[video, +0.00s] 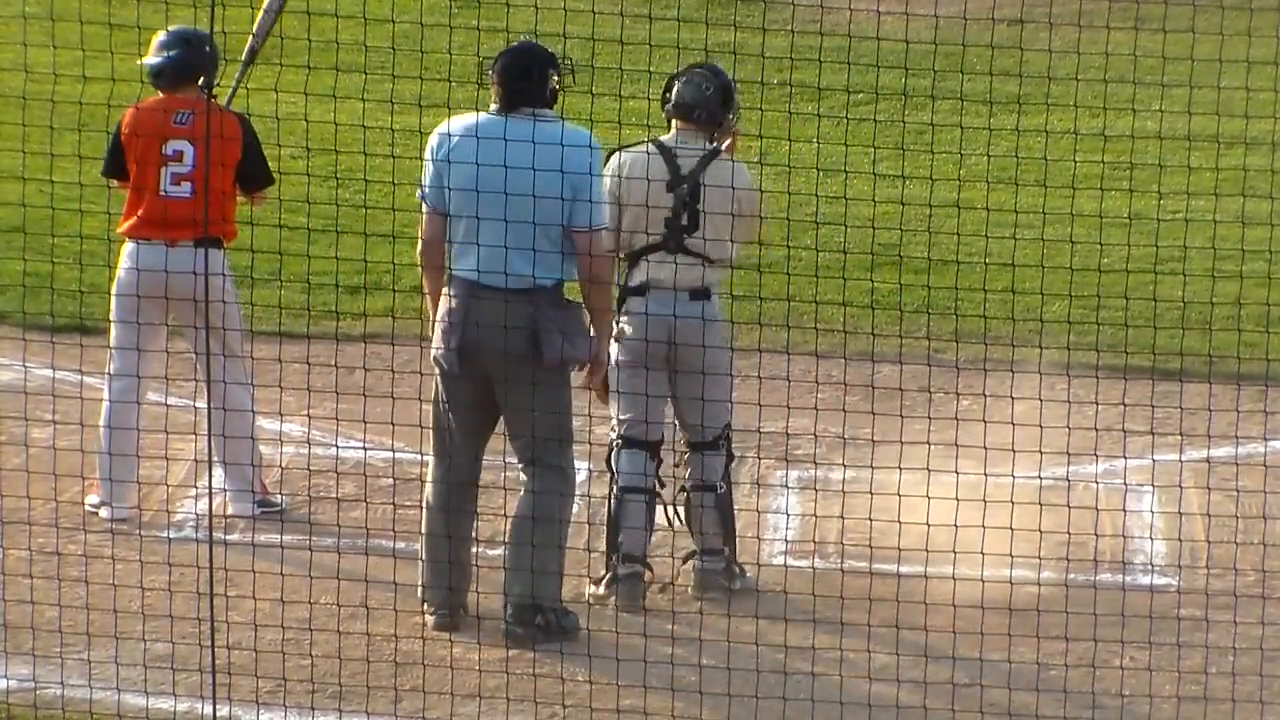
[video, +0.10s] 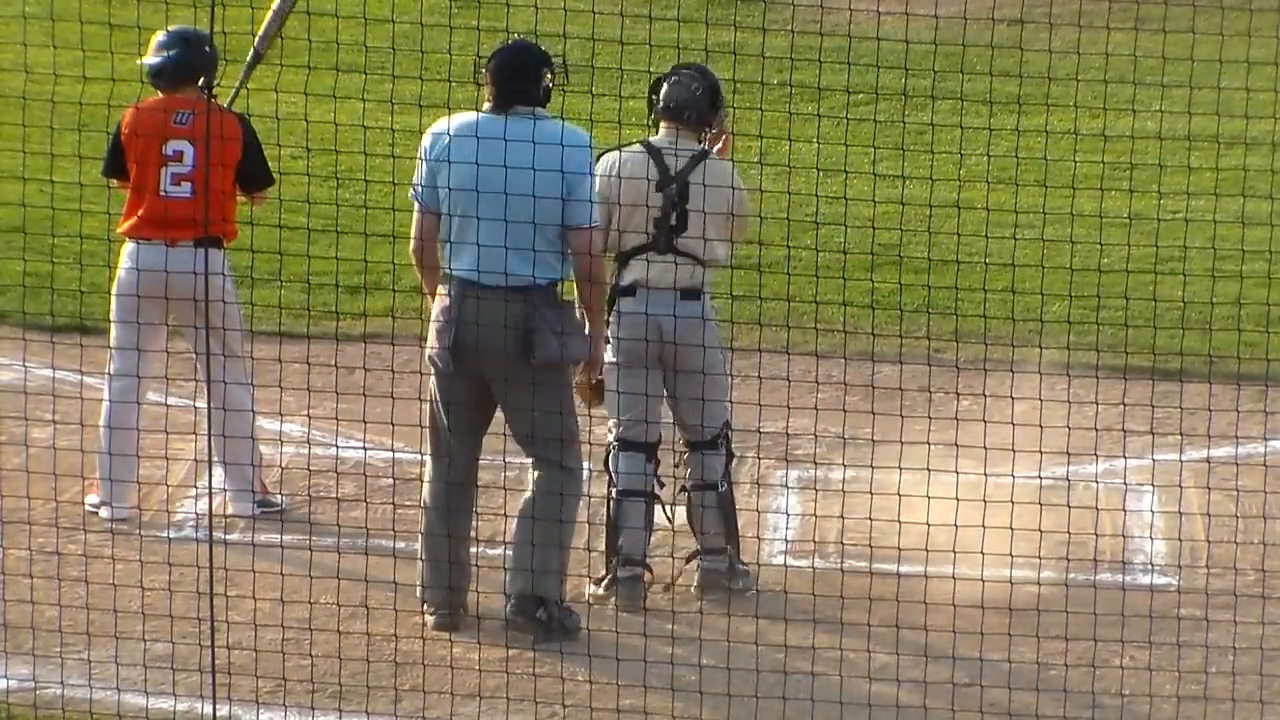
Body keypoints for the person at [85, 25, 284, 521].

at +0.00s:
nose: (152, 77)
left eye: (156, 71)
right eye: (154, 72)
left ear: (162, 71)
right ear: (206, 72)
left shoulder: (136, 117)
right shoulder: (232, 124)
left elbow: (119, 177)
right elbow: (258, 191)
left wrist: (174, 155)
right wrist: (223, 146)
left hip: (140, 261)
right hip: (205, 265)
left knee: (125, 376)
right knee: (227, 376)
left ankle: (114, 496)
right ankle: (247, 493)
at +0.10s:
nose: (151, 77)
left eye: (155, 71)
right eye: (154, 72)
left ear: (161, 71)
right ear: (206, 72)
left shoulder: (135, 117)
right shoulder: (232, 124)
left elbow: (119, 176)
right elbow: (259, 192)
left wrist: (174, 156)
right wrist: (226, 142)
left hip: (140, 261)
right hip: (205, 265)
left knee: (125, 375)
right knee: (228, 376)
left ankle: (113, 496)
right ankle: (248, 493)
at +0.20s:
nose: (151, 77)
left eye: (155, 71)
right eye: (154, 71)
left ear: (161, 71)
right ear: (205, 72)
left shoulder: (136, 116)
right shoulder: (232, 125)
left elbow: (118, 175)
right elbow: (259, 192)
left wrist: (173, 157)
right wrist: (224, 147)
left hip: (140, 261)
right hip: (205, 265)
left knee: (125, 376)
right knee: (228, 376)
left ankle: (113, 497)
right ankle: (248, 493)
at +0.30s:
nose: (151, 78)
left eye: (155, 71)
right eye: (153, 72)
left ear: (160, 72)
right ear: (206, 72)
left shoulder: (135, 117)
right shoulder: (232, 125)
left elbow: (118, 174)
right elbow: (259, 192)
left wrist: (175, 154)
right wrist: (224, 146)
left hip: (140, 261)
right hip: (205, 265)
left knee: (125, 375)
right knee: (228, 376)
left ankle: (113, 495)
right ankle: (248, 492)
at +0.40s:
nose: (150, 78)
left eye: (154, 72)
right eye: (152, 73)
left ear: (160, 72)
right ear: (205, 72)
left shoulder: (135, 117)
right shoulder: (232, 125)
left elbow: (118, 173)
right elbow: (259, 192)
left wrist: (175, 150)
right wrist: (224, 144)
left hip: (139, 262)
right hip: (205, 265)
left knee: (125, 375)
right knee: (227, 375)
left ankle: (113, 495)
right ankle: (248, 492)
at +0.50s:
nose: (150, 78)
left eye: (154, 72)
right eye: (152, 72)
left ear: (160, 72)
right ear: (205, 72)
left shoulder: (135, 117)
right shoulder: (232, 125)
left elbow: (118, 173)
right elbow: (259, 192)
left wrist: (176, 148)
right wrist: (224, 144)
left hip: (139, 261)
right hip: (205, 265)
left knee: (125, 375)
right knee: (228, 374)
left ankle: (113, 495)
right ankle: (248, 492)